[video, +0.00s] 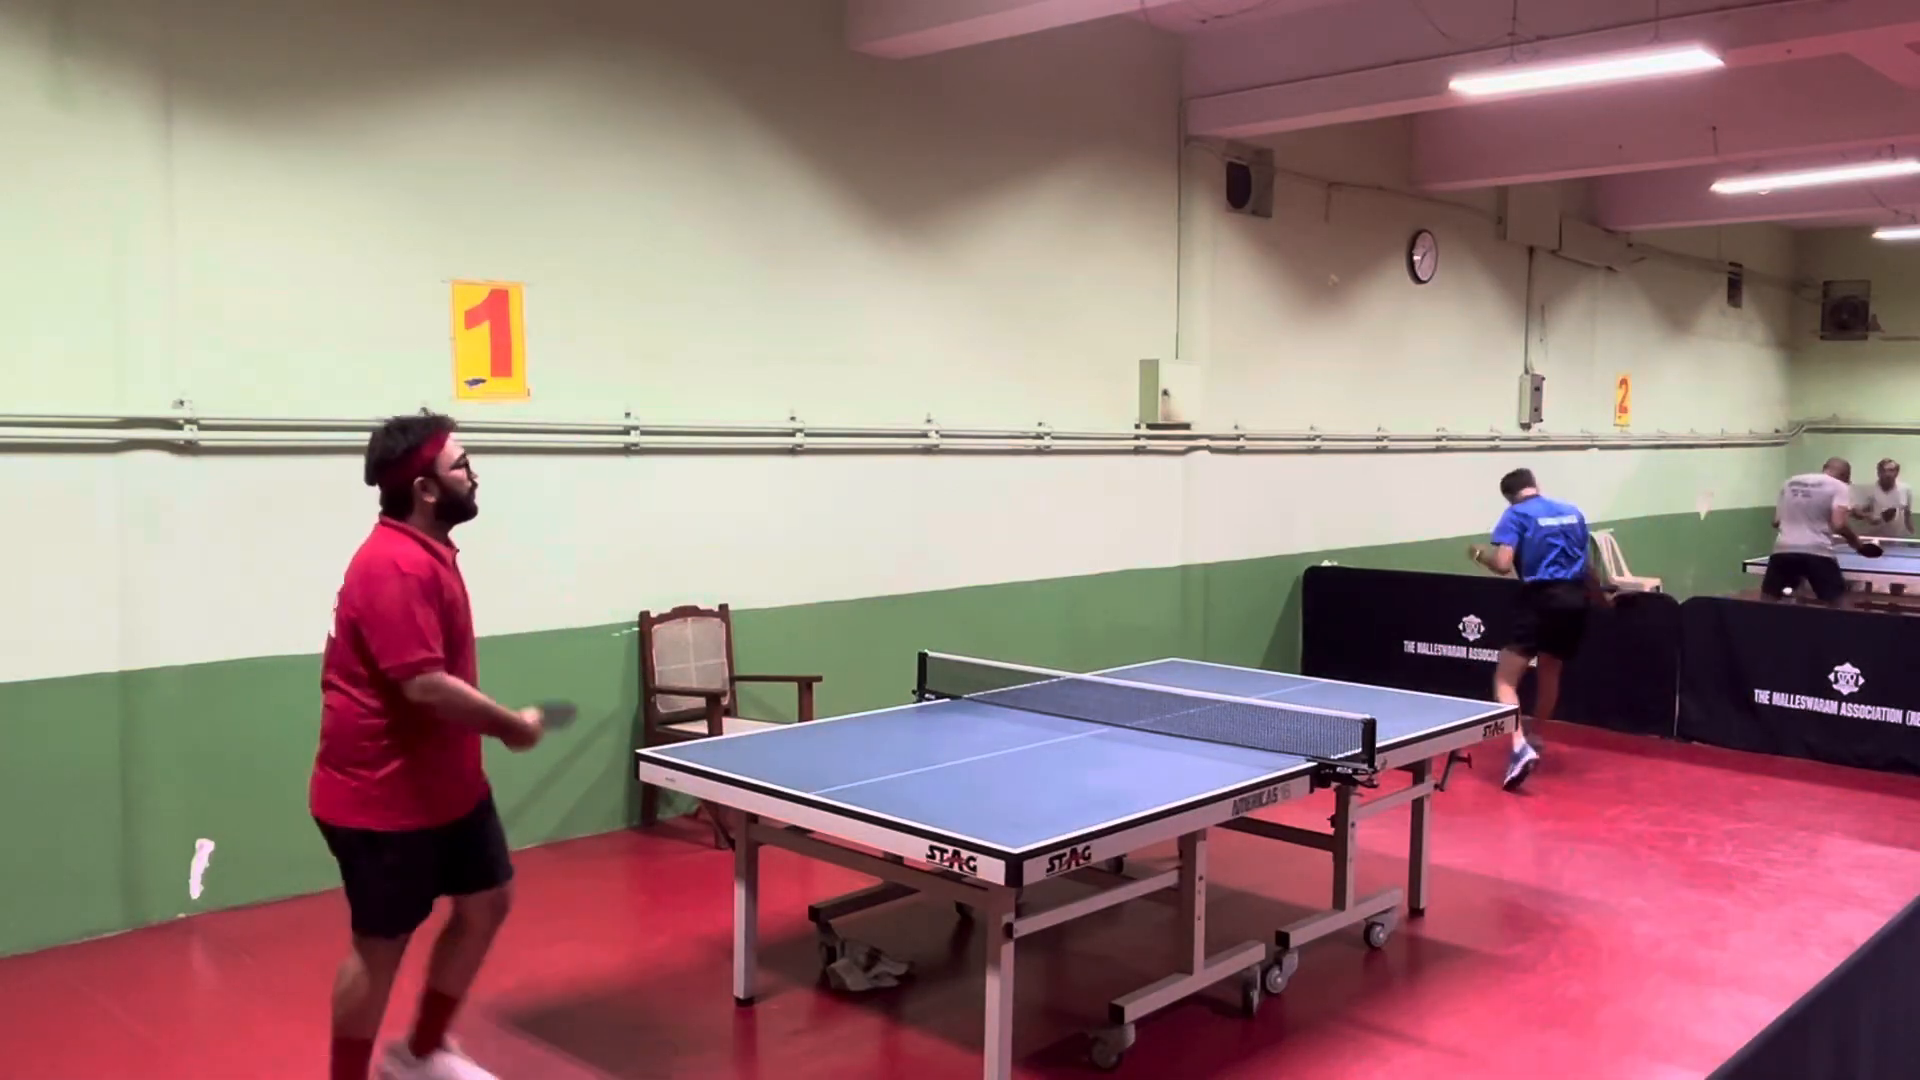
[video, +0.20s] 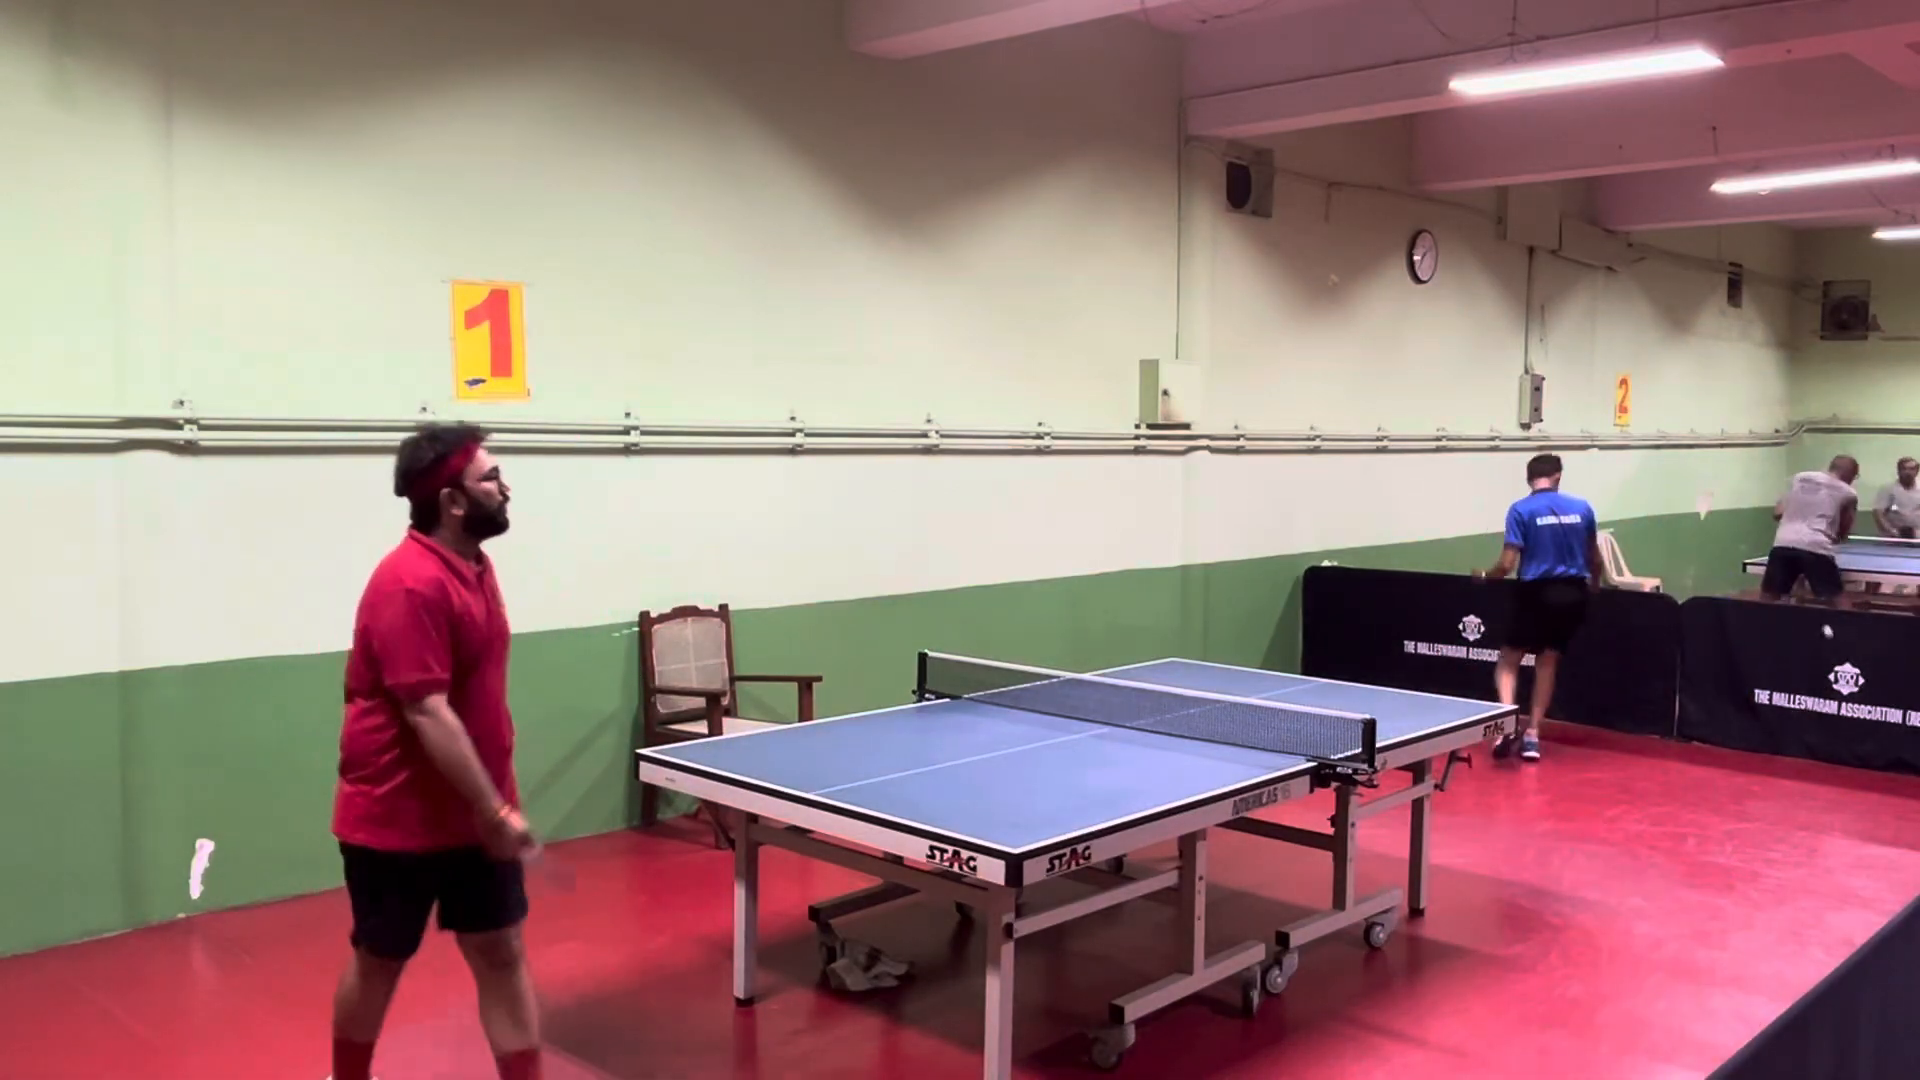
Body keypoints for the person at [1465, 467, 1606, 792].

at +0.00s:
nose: (1513, 504)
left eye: (1509, 500)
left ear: (1510, 496)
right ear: (1537, 486)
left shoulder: (1516, 513)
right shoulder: (1573, 512)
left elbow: (1503, 562)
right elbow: (1585, 562)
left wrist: (1481, 555)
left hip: (1539, 601)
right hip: (1576, 602)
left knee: (1505, 681)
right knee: (1549, 667)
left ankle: (1519, 747)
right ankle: (1535, 738)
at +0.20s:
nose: (1542, 483)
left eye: (1534, 481)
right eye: (1552, 476)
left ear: (1529, 480)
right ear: (1558, 477)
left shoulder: (1520, 510)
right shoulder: (1582, 507)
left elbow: (1507, 562)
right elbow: (1594, 559)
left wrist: (1488, 577)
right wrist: (1594, 584)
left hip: (1532, 593)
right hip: (1572, 594)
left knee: (1508, 660)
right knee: (1548, 661)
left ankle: (1507, 721)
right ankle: (1532, 735)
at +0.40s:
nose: (1581, 472)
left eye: (1579, 468)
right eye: (1580, 468)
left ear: (1548, 468)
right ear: (1575, 468)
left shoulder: (1525, 502)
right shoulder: (1591, 500)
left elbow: (1506, 554)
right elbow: (1603, 555)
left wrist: (1499, 599)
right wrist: (1587, 569)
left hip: (1540, 584)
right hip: (1579, 584)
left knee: (1534, 650)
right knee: (1555, 654)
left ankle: (1526, 723)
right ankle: (1533, 728)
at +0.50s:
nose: (1590, 480)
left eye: (1589, 474)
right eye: (1589, 474)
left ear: (1559, 472)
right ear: (1580, 472)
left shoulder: (1532, 505)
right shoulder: (1594, 503)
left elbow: (1514, 556)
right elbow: (1603, 555)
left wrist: (1505, 601)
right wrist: (1608, 589)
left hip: (1546, 587)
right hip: (1583, 587)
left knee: (1546, 655)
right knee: (1562, 657)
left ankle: (1541, 722)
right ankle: (1533, 727)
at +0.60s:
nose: (1600, 485)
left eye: (1600, 479)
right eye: (1598, 478)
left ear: (1570, 476)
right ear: (1586, 476)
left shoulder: (1541, 511)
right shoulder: (1598, 507)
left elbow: (1522, 562)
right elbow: (1605, 557)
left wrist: (1516, 605)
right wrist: (1625, 605)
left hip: (1554, 592)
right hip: (1589, 593)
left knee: (1562, 653)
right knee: (1597, 663)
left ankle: (1545, 722)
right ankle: (1540, 714)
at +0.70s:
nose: (1616, 482)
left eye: (1617, 476)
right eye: (1614, 475)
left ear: (1588, 472)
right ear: (1600, 472)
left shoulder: (1558, 504)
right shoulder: (1607, 503)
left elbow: (1544, 556)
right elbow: (1613, 555)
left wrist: (1539, 601)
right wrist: (1635, 602)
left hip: (1564, 587)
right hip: (1598, 588)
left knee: (1569, 650)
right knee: (1630, 655)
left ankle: (1546, 722)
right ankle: (1568, 706)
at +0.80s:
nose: (1637, 482)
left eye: (1638, 476)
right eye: (1635, 475)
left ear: (1609, 470)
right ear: (1622, 471)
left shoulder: (1581, 499)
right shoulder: (1618, 502)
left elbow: (1570, 555)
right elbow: (1618, 555)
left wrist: (1574, 587)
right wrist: (1643, 596)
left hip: (1580, 583)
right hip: (1608, 585)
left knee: (1571, 650)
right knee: (1655, 651)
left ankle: (1545, 721)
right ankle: (1612, 716)